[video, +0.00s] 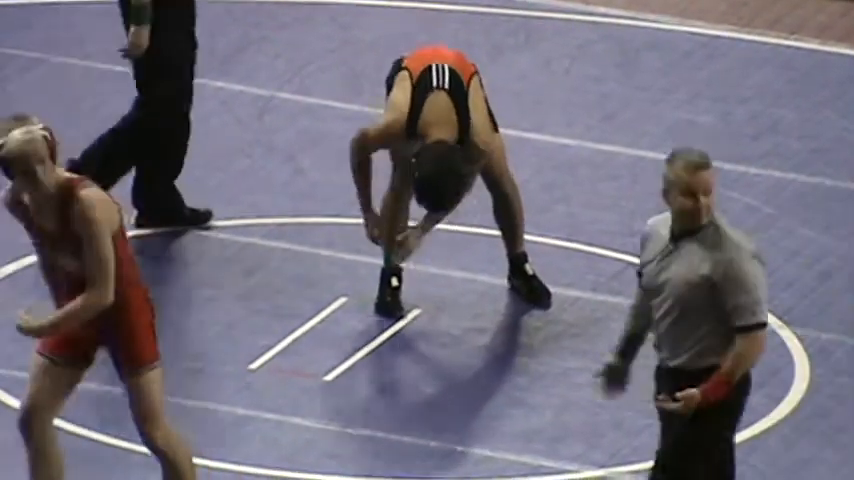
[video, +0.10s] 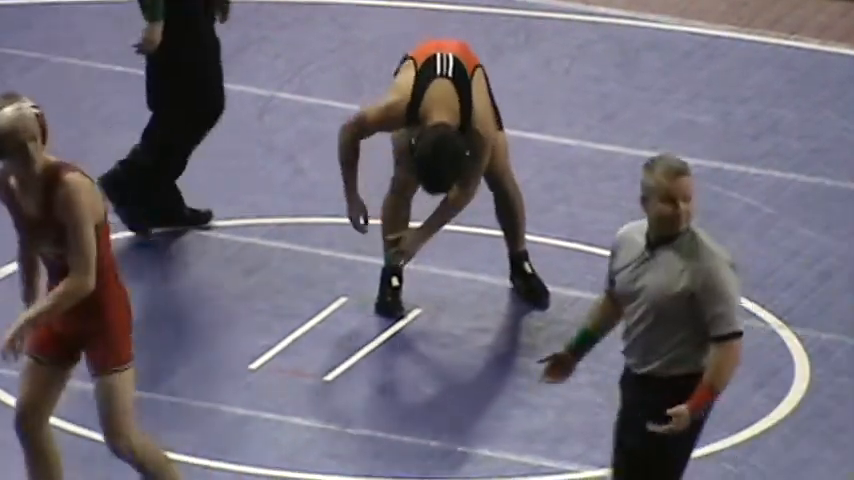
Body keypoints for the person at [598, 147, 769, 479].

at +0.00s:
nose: (701, 205)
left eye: (707, 194)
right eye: (689, 195)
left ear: (715, 191)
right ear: (666, 194)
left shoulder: (734, 255)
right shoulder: (656, 233)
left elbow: (753, 341)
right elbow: (646, 301)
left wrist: (704, 394)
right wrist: (622, 359)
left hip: (714, 384)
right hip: (670, 378)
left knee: (671, 471)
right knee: (705, 470)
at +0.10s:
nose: (680, 210)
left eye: (686, 200)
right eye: (668, 201)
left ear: (694, 200)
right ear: (644, 202)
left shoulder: (709, 264)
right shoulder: (627, 240)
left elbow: (728, 346)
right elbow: (613, 303)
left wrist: (695, 407)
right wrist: (573, 354)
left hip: (678, 391)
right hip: (635, 383)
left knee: (655, 473)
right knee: (625, 469)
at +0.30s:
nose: (640, 200)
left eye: (646, 190)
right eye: (628, 191)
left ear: (653, 190)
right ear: (603, 192)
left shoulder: (668, 254)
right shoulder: (581, 231)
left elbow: (686, 337)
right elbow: (562, 293)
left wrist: (665, 418)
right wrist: (529, 351)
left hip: (637, 383)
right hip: (585, 372)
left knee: (614, 472)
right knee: (549, 467)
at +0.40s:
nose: (620, 196)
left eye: (626, 186)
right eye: (608, 187)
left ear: (633, 187)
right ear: (583, 187)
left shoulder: (649, 250)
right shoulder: (556, 231)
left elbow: (673, 332)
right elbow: (543, 292)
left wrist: (653, 411)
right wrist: (517, 355)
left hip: (620, 380)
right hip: (564, 372)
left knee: (605, 470)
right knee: (537, 466)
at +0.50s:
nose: (598, 197)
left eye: (604, 187)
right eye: (587, 187)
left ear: (611, 187)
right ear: (561, 186)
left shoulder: (627, 249)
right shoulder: (533, 230)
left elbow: (654, 329)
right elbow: (521, 297)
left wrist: (642, 409)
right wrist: (500, 363)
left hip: (601, 381)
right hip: (542, 375)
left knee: (594, 472)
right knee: (518, 471)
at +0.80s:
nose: (544, 190)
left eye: (549, 180)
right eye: (532, 181)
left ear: (556, 180)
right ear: (504, 181)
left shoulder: (573, 239)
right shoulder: (472, 224)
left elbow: (599, 317)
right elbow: (450, 289)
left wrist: (590, 400)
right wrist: (430, 356)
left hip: (541, 370)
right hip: (482, 362)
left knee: (519, 466)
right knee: (474, 463)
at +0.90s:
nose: (532, 189)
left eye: (537, 179)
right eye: (520, 181)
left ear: (543, 179)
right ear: (492, 181)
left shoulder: (557, 238)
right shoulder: (457, 225)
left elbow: (585, 317)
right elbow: (434, 288)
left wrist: (572, 396)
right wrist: (410, 356)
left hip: (531, 366)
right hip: (471, 360)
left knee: (506, 465)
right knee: (466, 460)